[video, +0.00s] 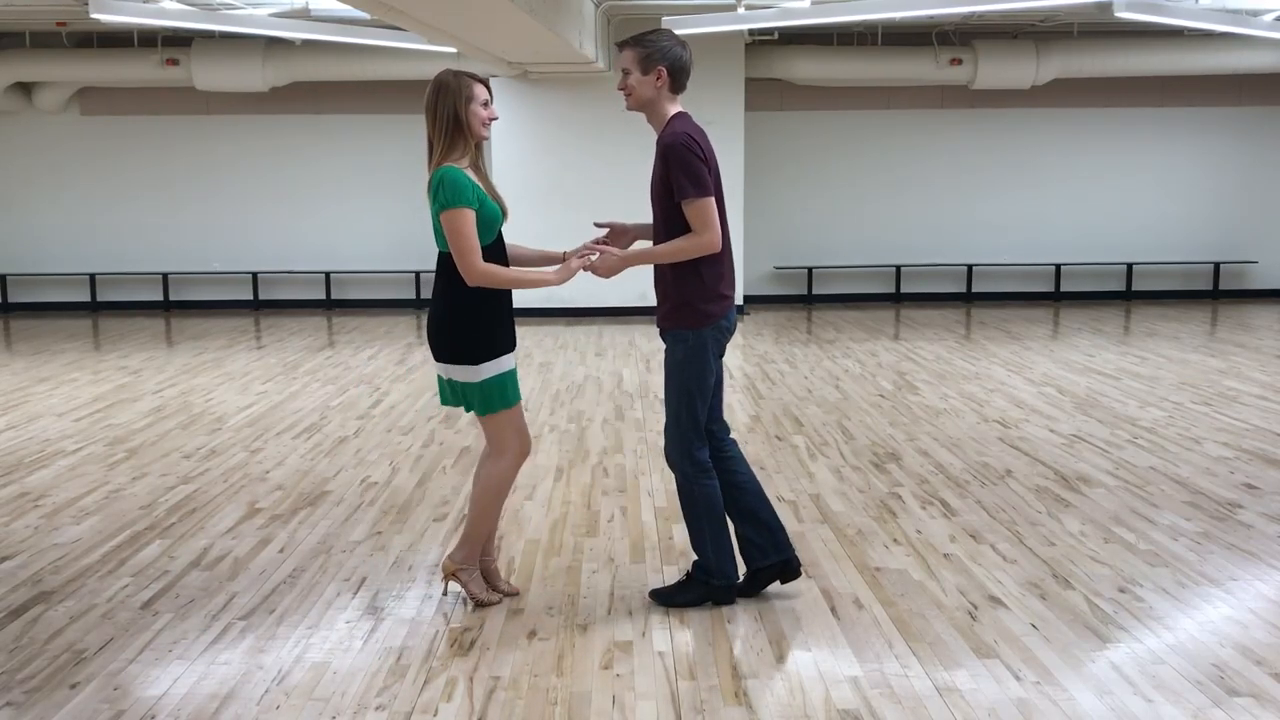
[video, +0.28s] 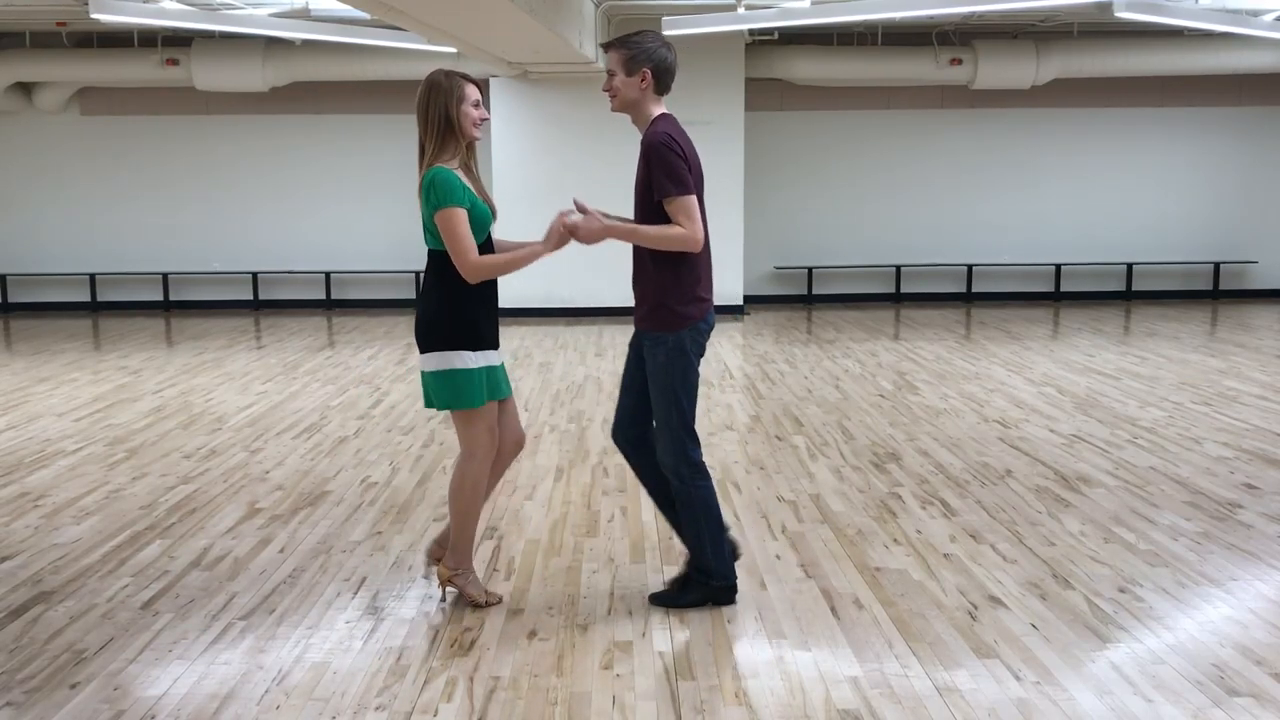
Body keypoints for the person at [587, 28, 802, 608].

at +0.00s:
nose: (619, 84)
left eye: (627, 74)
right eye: (619, 74)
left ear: (658, 76)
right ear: (659, 78)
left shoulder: (679, 141)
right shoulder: (677, 136)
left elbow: (708, 238)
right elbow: (691, 227)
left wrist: (630, 258)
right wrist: (634, 233)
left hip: (695, 318)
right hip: (702, 314)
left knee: (685, 445)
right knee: (710, 436)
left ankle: (715, 573)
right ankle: (771, 556)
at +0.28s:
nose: (606, 87)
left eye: (612, 76)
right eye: (606, 77)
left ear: (645, 79)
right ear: (643, 81)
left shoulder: (663, 140)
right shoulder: (658, 136)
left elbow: (690, 235)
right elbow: (673, 231)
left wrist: (610, 227)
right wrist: (609, 223)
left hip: (678, 323)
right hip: (658, 320)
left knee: (674, 445)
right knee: (631, 433)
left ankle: (715, 576)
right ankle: (710, 545)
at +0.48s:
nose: (586, 82)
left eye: (593, 72)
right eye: (587, 72)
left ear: (624, 74)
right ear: (624, 76)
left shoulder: (638, 137)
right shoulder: (643, 132)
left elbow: (655, 235)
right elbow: (645, 219)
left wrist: (582, 206)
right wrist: (589, 213)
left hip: (648, 319)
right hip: (631, 317)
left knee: (656, 443)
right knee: (616, 437)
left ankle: (710, 569)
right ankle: (635, 565)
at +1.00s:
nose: (542, 81)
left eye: (549, 72)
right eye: (542, 72)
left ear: (579, 75)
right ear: (583, 76)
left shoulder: (595, 139)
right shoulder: (603, 135)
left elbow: (601, 237)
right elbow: (593, 237)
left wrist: (523, 243)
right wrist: (520, 243)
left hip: (587, 319)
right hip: (603, 315)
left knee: (549, 444)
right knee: (588, 436)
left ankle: (559, 584)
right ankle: (632, 563)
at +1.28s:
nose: (547, 88)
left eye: (554, 78)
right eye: (547, 78)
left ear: (587, 80)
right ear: (585, 83)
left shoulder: (605, 139)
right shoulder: (610, 136)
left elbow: (620, 234)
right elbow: (616, 234)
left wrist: (538, 230)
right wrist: (542, 236)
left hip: (601, 315)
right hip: (622, 311)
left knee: (553, 436)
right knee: (617, 430)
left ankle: (562, 578)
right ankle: (676, 554)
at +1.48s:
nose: (560, 92)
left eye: (567, 82)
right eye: (559, 82)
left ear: (602, 83)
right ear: (596, 86)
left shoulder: (620, 138)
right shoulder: (614, 137)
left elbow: (652, 222)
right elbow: (605, 216)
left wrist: (575, 207)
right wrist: (547, 202)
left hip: (613, 314)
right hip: (639, 311)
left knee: (561, 423)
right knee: (630, 427)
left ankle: (597, 551)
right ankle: (677, 556)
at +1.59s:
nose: (564, 93)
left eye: (572, 83)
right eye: (563, 83)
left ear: (607, 85)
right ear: (599, 89)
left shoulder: (622, 139)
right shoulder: (614, 139)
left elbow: (666, 215)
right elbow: (601, 211)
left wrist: (599, 194)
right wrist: (550, 187)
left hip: (614, 313)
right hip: (640, 309)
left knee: (574, 423)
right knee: (633, 427)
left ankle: (615, 537)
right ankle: (677, 555)